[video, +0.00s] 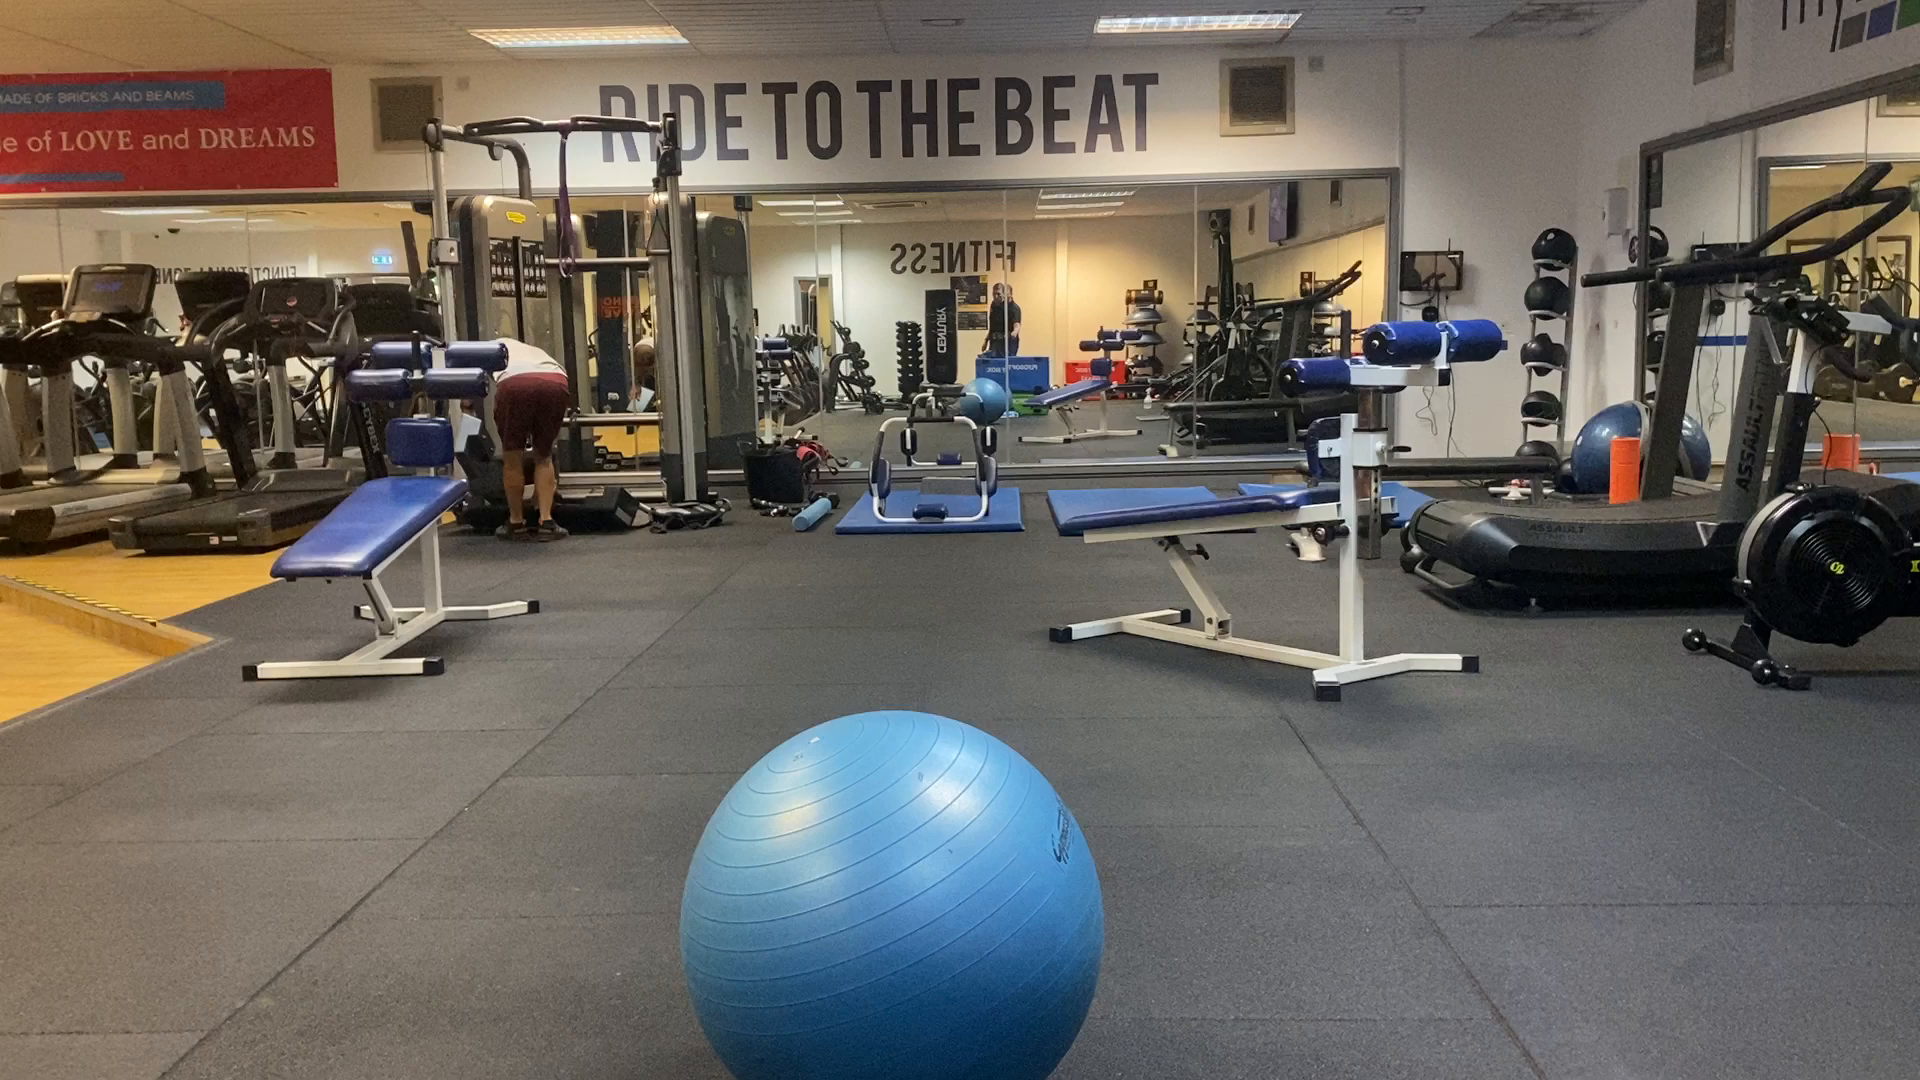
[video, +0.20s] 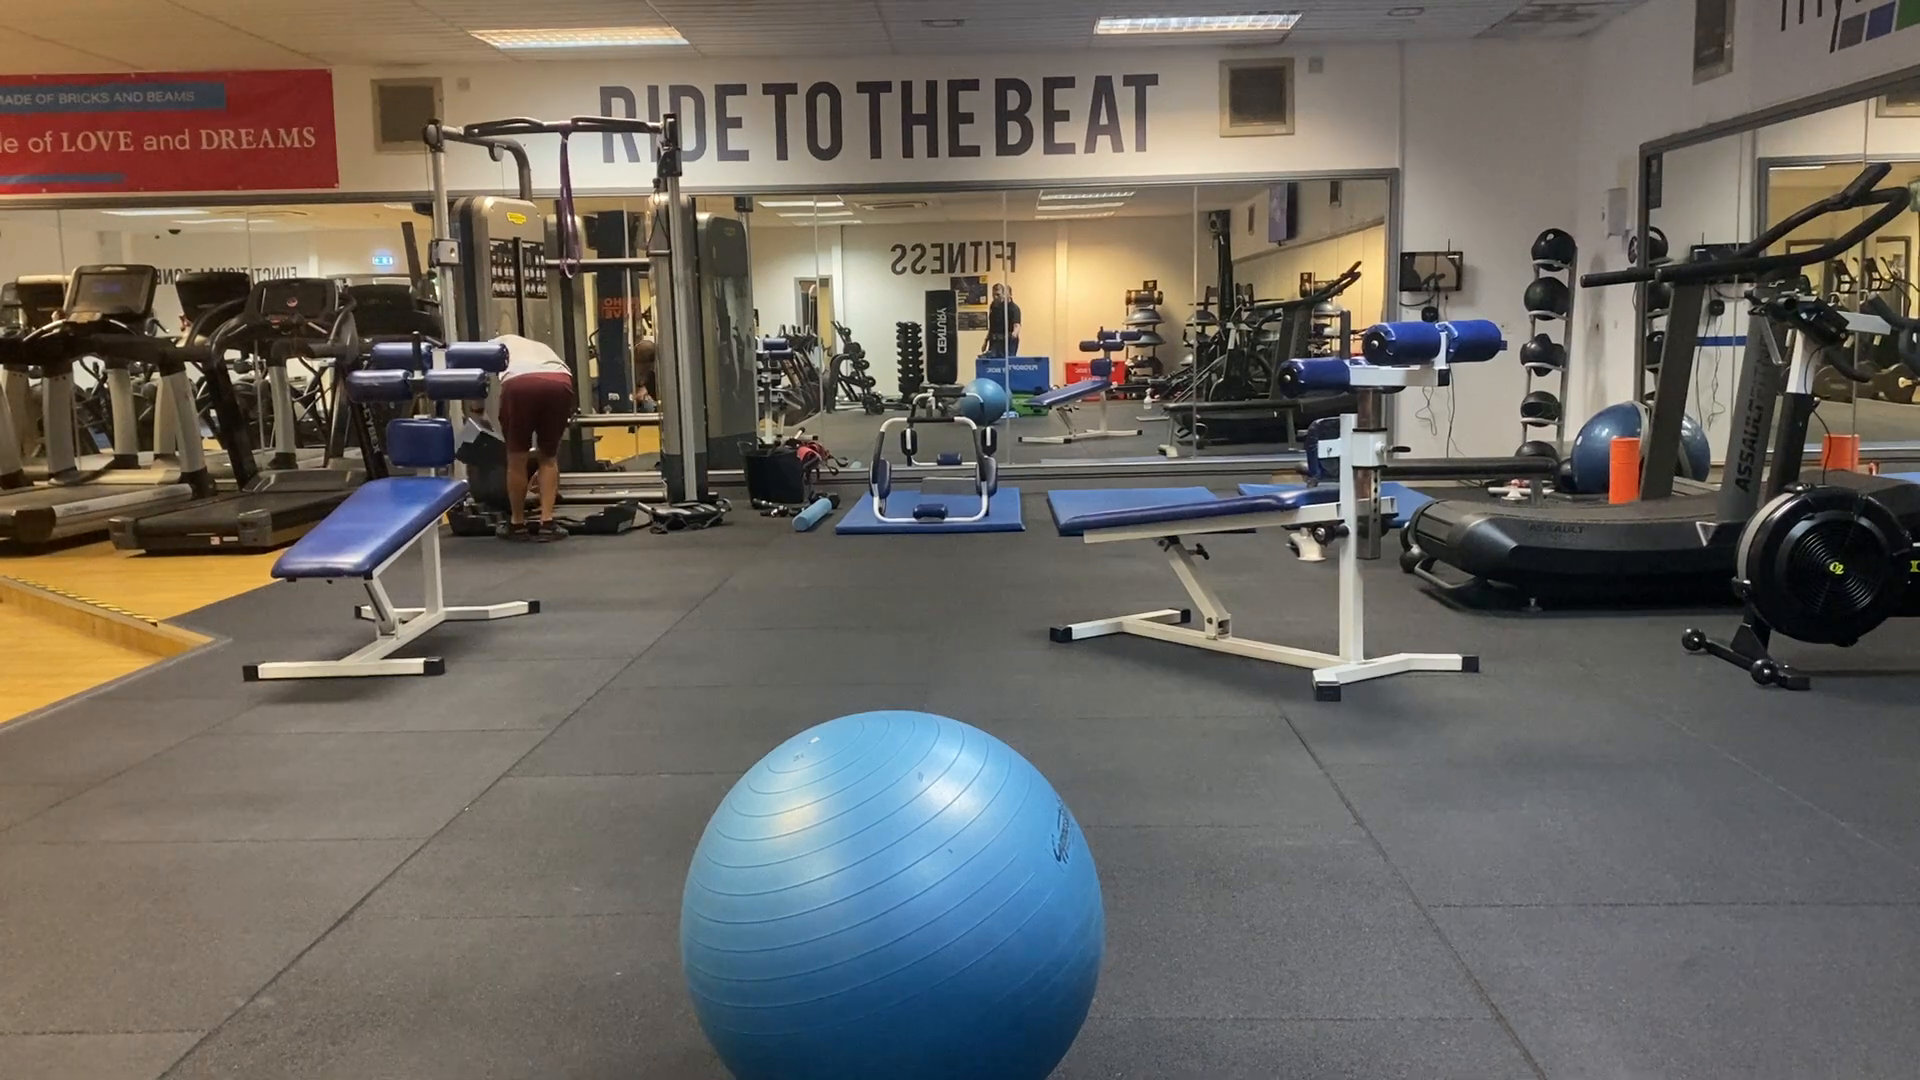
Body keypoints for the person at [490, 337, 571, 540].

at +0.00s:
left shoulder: (491, 348)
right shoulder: (539, 354)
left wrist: (467, 397)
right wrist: (536, 498)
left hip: (515, 387)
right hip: (556, 386)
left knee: (512, 461)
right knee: (544, 457)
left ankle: (516, 523)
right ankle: (546, 521)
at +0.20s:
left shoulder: (494, 347)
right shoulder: (543, 349)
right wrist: (542, 473)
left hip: (519, 386)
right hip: (559, 384)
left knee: (517, 460)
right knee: (549, 456)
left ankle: (517, 523)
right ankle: (547, 523)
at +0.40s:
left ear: (496, 333)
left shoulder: (493, 335)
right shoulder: (547, 338)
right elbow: (569, 409)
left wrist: (486, 406)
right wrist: (546, 454)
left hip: (519, 386)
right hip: (560, 383)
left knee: (517, 461)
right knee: (552, 458)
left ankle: (517, 523)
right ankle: (547, 523)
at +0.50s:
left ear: (504, 327)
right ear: (532, 326)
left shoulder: (495, 331)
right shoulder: (551, 337)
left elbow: (469, 365)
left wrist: (481, 401)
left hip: (517, 385)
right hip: (558, 384)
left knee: (515, 458)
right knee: (552, 458)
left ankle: (516, 523)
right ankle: (547, 523)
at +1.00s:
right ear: (533, 339)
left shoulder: (485, 339)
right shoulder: (547, 353)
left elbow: (461, 384)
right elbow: (550, 407)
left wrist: (465, 426)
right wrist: (542, 445)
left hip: (489, 389)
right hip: (531, 389)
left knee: (485, 460)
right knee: (541, 459)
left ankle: (484, 525)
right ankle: (546, 525)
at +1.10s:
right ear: (526, 345)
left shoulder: (478, 348)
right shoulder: (539, 358)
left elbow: (456, 399)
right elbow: (540, 408)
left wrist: (460, 435)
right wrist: (529, 446)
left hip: (481, 387)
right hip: (522, 385)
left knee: (481, 462)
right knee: (537, 458)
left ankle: (483, 526)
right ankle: (545, 524)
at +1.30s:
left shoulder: (461, 370)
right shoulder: (526, 375)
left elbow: (454, 421)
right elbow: (521, 431)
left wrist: (455, 463)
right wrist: (505, 468)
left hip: (466, 389)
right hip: (507, 384)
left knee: (474, 463)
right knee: (526, 456)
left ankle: (483, 525)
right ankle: (544, 524)